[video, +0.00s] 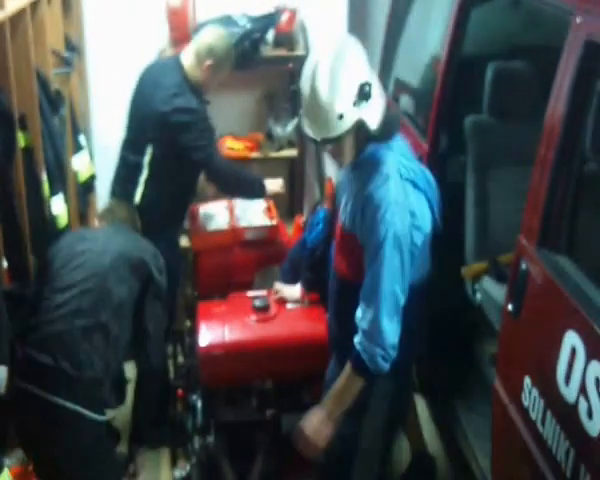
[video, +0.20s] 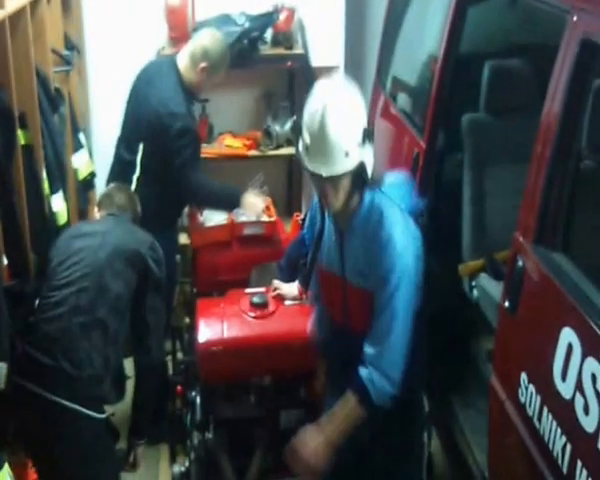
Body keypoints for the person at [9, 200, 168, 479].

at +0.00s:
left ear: (99, 221)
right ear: (136, 226)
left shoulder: (65, 242)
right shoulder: (146, 254)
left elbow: (35, 308)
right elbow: (152, 353)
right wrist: (142, 440)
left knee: (49, 471)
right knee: (93, 471)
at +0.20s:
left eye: (96, 212)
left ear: (97, 212)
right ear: (136, 214)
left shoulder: (68, 236)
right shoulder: (145, 247)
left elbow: (41, 304)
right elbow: (150, 349)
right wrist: (138, 436)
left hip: (26, 386)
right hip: (80, 399)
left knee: (51, 471)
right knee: (96, 471)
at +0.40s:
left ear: (101, 208)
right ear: (140, 215)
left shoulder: (69, 233)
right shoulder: (145, 246)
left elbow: (42, 303)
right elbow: (148, 348)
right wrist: (141, 435)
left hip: (20, 389)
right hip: (74, 404)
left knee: (52, 473)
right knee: (98, 472)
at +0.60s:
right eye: (147, 216)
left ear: (104, 201)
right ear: (145, 215)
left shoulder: (70, 225)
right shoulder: (146, 244)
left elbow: (31, 289)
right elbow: (143, 346)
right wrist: (138, 433)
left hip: (19, 382)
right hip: (72, 400)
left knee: (54, 472)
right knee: (96, 472)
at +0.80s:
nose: (162, 202)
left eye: (164, 193)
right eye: (163, 193)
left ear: (119, 179)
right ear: (154, 190)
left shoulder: (73, 214)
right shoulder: (141, 234)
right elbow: (139, 338)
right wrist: (135, 421)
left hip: (20, 369)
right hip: (68, 383)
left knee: (56, 470)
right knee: (95, 472)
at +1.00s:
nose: (168, 190)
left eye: (171, 179)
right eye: (169, 178)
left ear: (122, 163)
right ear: (154, 171)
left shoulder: (82, 201)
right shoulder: (132, 221)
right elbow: (135, 328)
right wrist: (133, 413)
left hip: (26, 363)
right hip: (63, 376)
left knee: (60, 470)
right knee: (94, 472)